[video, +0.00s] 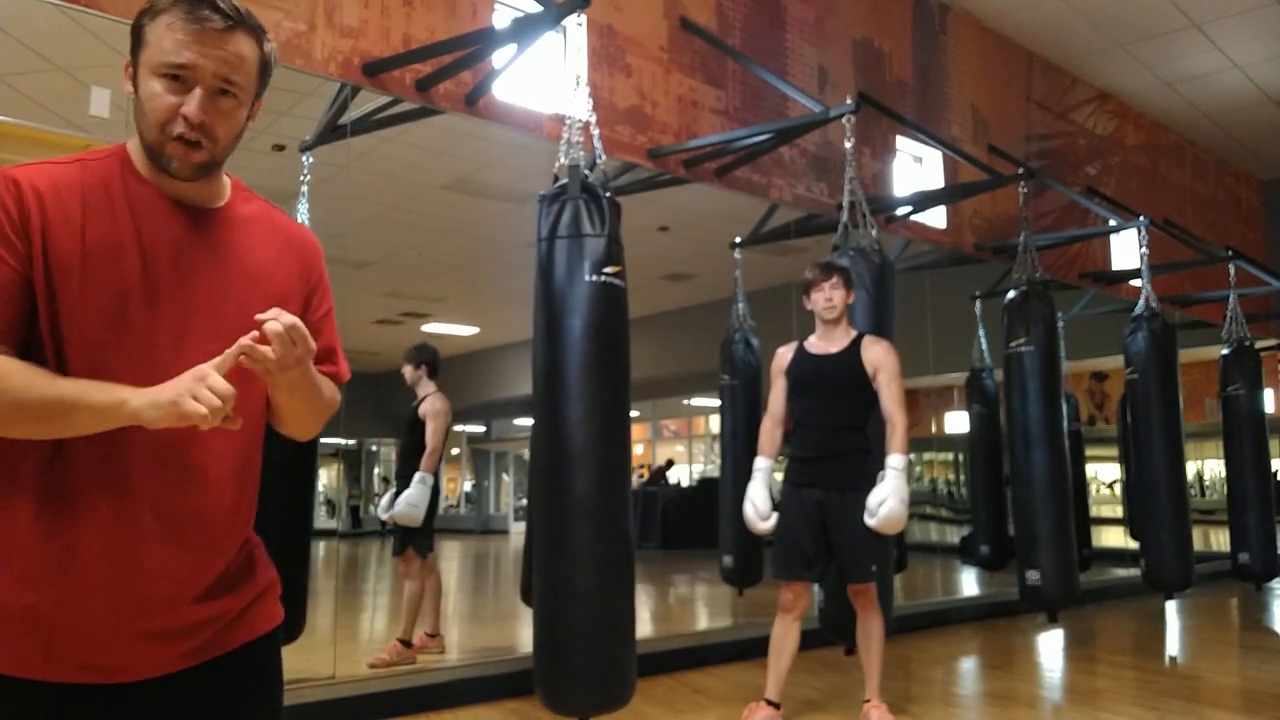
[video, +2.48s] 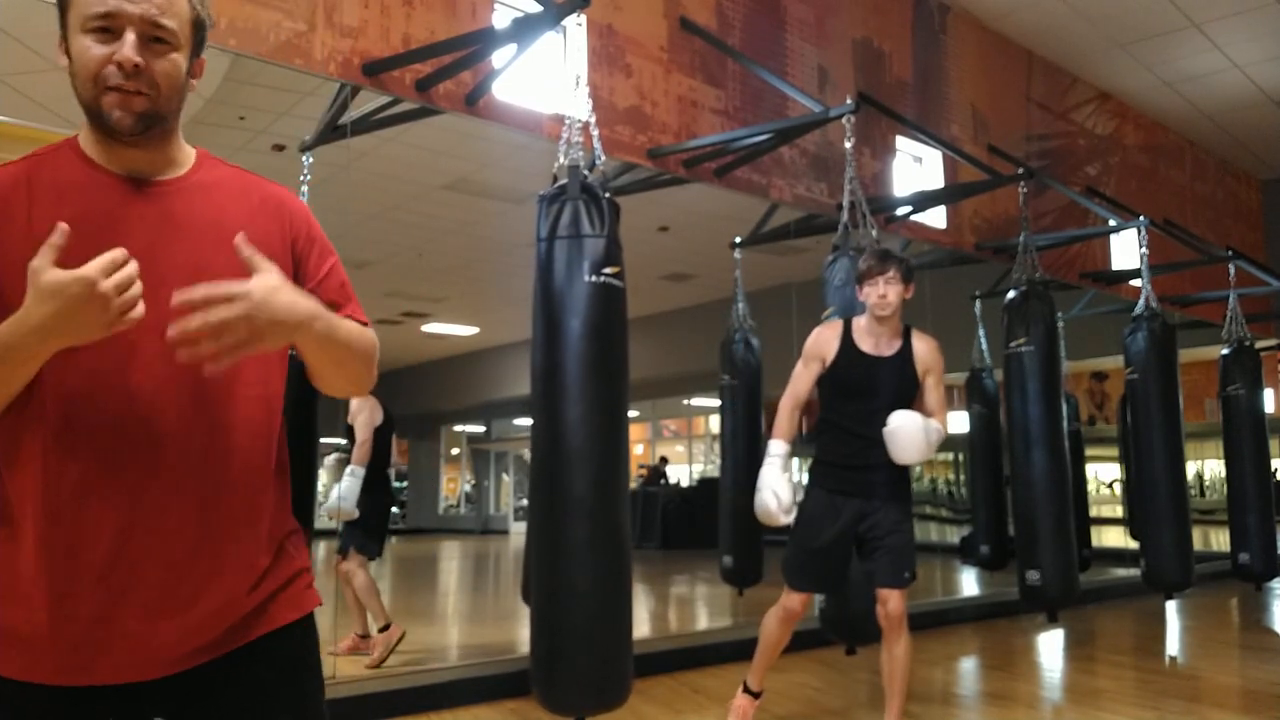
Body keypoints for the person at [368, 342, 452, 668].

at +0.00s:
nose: (403, 375)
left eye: (406, 369)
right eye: (403, 369)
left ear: (422, 369)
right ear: (421, 370)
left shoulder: (435, 403)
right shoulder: (421, 403)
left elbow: (433, 450)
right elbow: (409, 452)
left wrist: (418, 489)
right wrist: (394, 490)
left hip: (419, 485)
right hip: (411, 484)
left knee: (409, 564)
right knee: (425, 563)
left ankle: (404, 641)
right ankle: (430, 634)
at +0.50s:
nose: (398, 372)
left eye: (402, 366)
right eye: (399, 367)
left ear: (419, 369)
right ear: (415, 370)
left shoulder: (437, 402)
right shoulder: (411, 403)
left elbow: (439, 449)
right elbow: (406, 454)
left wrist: (425, 489)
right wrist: (391, 491)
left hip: (421, 484)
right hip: (407, 482)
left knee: (405, 564)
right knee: (424, 563)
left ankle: (403, 641)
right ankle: (432, 634)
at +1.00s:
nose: (393, 377)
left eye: (396, 370)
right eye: (391, 372)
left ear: (407, 370)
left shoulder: (425, 399)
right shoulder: (399, 403)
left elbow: (432, 450)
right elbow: (396, 457)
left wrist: (421, 488)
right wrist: (380, 490)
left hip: (412, 486)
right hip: (396, 485)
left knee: (400, 563)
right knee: (412, 564)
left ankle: (402, 642)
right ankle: (430, 632)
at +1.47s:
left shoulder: (404, 393)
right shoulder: (380, 394)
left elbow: (408, 445)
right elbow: (385, 451)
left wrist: (396, 484)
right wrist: (368, 482)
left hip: (401, 479)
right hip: (384, 478)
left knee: (393, 563)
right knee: (370, 562)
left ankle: (403, 644)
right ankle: (383, 632)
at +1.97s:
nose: (348, 391)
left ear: (363, 382)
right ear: (372, 382)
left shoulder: (369, 406)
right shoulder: (378, 407)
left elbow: (371, 444)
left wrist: (360, 485)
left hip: (374, 491)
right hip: (379, 491)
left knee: (355, 565)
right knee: (352, 564)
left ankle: (388, 626)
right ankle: (361, 634)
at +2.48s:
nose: (342, 380)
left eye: (345, 374)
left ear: (352, 375)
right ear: (366, 375)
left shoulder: (362, 403)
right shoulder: (371, 406)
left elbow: (364, 444)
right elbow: (386, 457)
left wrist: (349, 485)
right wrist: (343, 459)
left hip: (372, 491)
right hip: (370, 490)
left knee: (353, 564)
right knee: (344, 565)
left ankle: (386, 628)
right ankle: (362, 634)